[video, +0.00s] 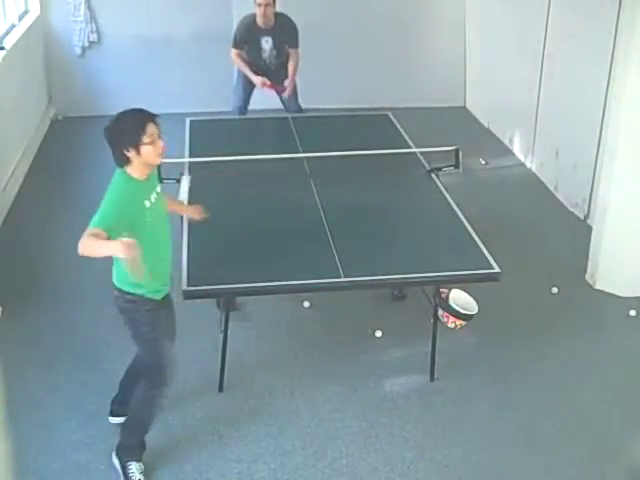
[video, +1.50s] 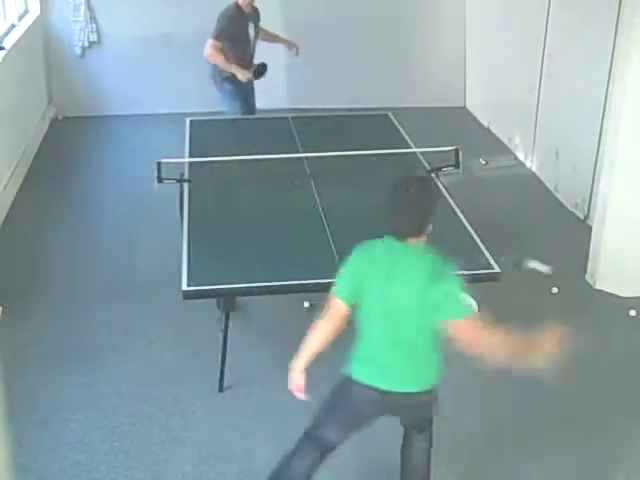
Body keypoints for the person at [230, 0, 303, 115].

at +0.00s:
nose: (263, 10)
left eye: (267, 5)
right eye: (259, 6)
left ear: (274, 7)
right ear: (255, 7)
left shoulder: (287, 24)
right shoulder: (246, 24)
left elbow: (293, 54)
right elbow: (235, 54)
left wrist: (291, 78)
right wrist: (254, 78)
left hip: (279, 71)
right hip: (251, 68)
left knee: (294, 109)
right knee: (238, 108)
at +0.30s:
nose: (276, 8)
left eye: (280, 4)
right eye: (272, 3)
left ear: (287, 5)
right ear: (267, 5)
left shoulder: (298, 20)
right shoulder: (256, 24)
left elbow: (312, 43)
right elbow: (242, 57)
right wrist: (257, 79)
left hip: (291, 71)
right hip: (261, 71)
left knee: (313, 110)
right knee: (246, 112)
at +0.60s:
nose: (287, 12)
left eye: (292, 7)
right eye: (283, 7)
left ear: (300, 8)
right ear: (280, 8)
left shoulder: (316, 25)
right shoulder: (272, 29)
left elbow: (338, 42)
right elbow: (260, 64)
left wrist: (357, 64)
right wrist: (280, 82)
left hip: (307, 77)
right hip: (276, 77)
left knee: (322, 116)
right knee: (257, 113)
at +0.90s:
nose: (272, 16)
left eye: (276, 11)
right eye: (268, 11)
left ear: (281, 11)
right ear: (261, 10)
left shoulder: (287, 28)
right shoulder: (251, 32)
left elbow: (303, 45)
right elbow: (232, 63)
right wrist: (257, 79)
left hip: (276, 79)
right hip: (251, 81)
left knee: (298, 116)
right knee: (250, 122)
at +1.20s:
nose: (263, 0)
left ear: (265, 1)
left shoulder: (262, 13)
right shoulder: (242, 14)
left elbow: (261, 36)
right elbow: (247, 52)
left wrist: (287, 49)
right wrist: (269, 77)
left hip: (250, 76)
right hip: (228, 77)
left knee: (272, 113)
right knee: (236, 120)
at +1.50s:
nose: (253, 3)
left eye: (254, 1)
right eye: (250, 0)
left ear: (253, 1)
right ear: (241, 0)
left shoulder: (254, 12)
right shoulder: (228, 15)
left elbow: (257, 32)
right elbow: (211, 52)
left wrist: (285, 42)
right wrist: (238, 70)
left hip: (246, 76)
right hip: (226, 77)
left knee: (250, 118)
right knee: (237, 119)